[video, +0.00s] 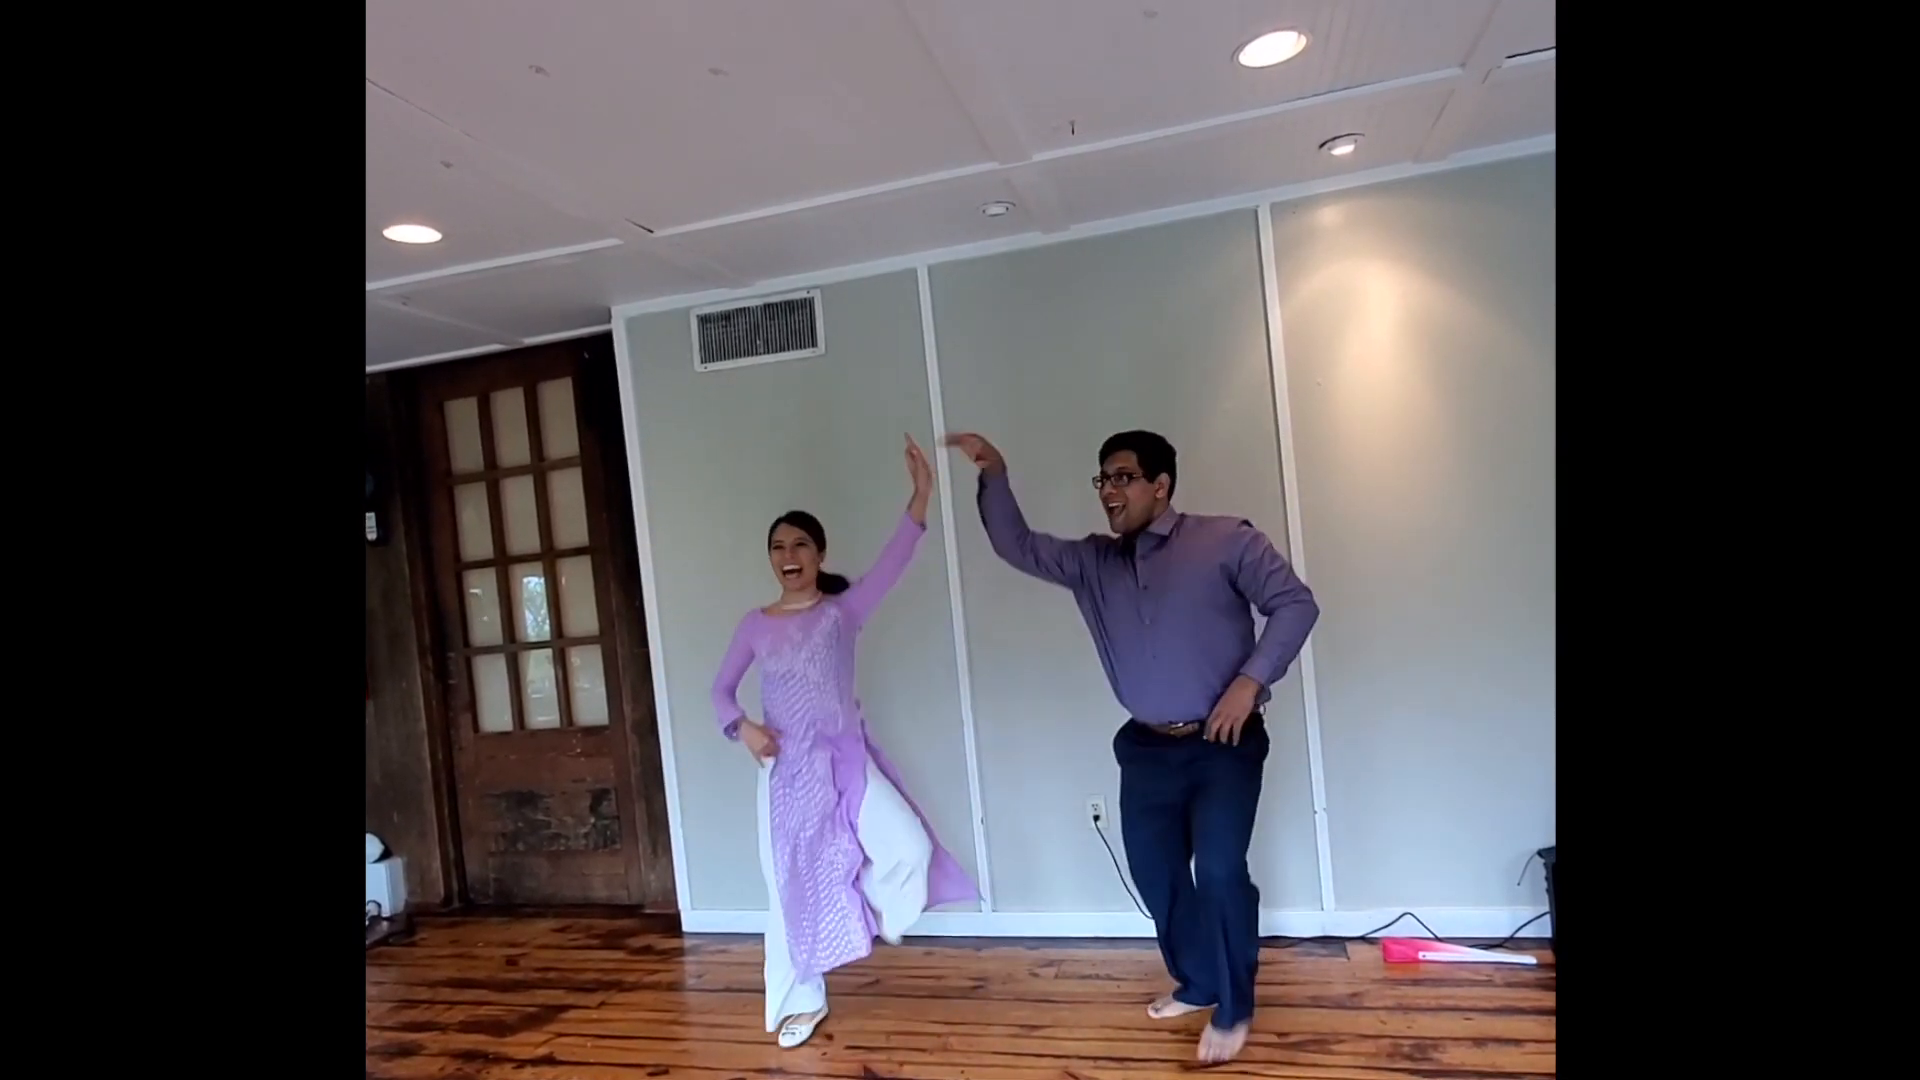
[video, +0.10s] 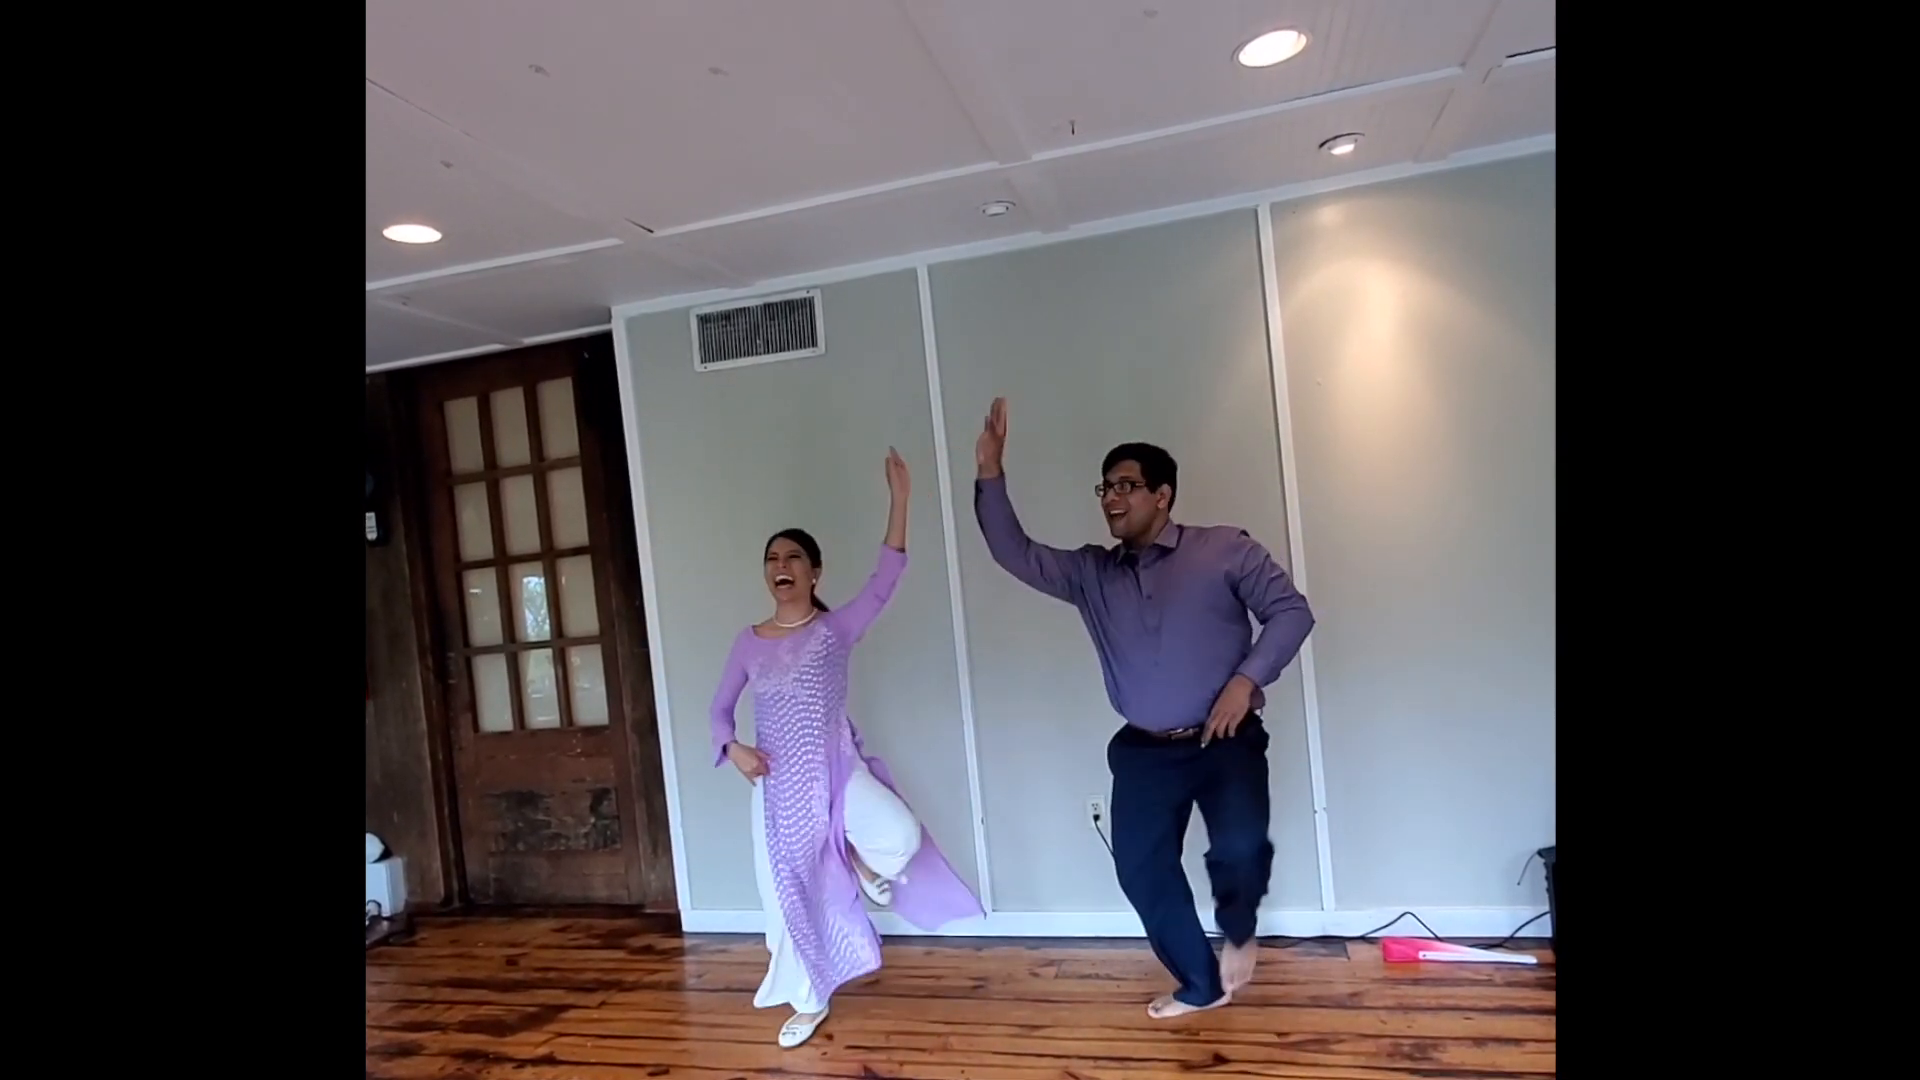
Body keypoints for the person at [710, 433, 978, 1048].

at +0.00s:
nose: (788, 557)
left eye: (799, 546)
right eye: (779, 548)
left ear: (820, 555)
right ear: (770, 559)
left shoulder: (843, 609)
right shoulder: (758, 625)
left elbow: (891, 563)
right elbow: (722, 689)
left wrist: (921, 497)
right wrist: (743, 728)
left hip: (846, 755)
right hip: (788, 762)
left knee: (911, 844)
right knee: (787, 879)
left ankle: (873, 907)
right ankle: (799, 999)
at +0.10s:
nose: (779, 567)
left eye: (792, 558)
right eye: (772, 560)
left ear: (816, 574)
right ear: (765, 576)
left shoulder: (836, 627)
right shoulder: (751, 643)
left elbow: (887, 576)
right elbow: (721, 708)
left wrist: (899, 500)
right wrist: (731, 746)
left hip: (836, 767)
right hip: (780, 777)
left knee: (900, 835)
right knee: (788, 888)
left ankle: (867, 864)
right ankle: (808, 997)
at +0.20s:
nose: (775, 556)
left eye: (787, 549)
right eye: (767, 551)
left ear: (811, 569)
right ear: (760, 571)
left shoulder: (830, 620)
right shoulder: (745, 637)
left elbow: (881, 567)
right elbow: (722, 699)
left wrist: (891, 489)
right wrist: (725, 740)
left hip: (832, 763)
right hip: (773, 772)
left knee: (899, 845)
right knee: (784, 889)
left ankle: (888, 897)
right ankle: (805, 996)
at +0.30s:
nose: (773, 546)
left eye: (785, 539)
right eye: (766, 541)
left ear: (809, 558)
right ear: (758, 559)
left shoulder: (826, 602)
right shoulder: (742, 624)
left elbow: (876, 547)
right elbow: (718, 688)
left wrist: (895, 472)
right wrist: (722, 725)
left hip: (830, 754)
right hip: (771, 764)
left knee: (896, 856)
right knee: (786, 885)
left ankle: (934, 962)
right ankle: (801, 1002)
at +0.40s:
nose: (775, 551)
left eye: (787, 543)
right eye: (768, 544)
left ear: (810, 558)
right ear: (758, 559)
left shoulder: (822, 595)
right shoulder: (743, 620)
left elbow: (870, 533)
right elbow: (721, 685)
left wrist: (913, 469)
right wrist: (722, 724)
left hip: (831, 754)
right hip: (775, 764)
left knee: (884, 868)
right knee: (791, 883)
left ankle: (949, 993)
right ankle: (804, 1002)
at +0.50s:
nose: (778, 552)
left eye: (791, 545)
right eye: (771, 546)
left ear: (813, 563)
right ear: (761, 565)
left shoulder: (830, 613)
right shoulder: (751, 635)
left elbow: (875, 551)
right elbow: (730, 708)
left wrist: (901, 483)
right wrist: (732, 735)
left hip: (836, 763)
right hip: (779, 772)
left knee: (887, 881)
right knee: (790, 889)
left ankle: (947, 1003)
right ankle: (810, 1007)